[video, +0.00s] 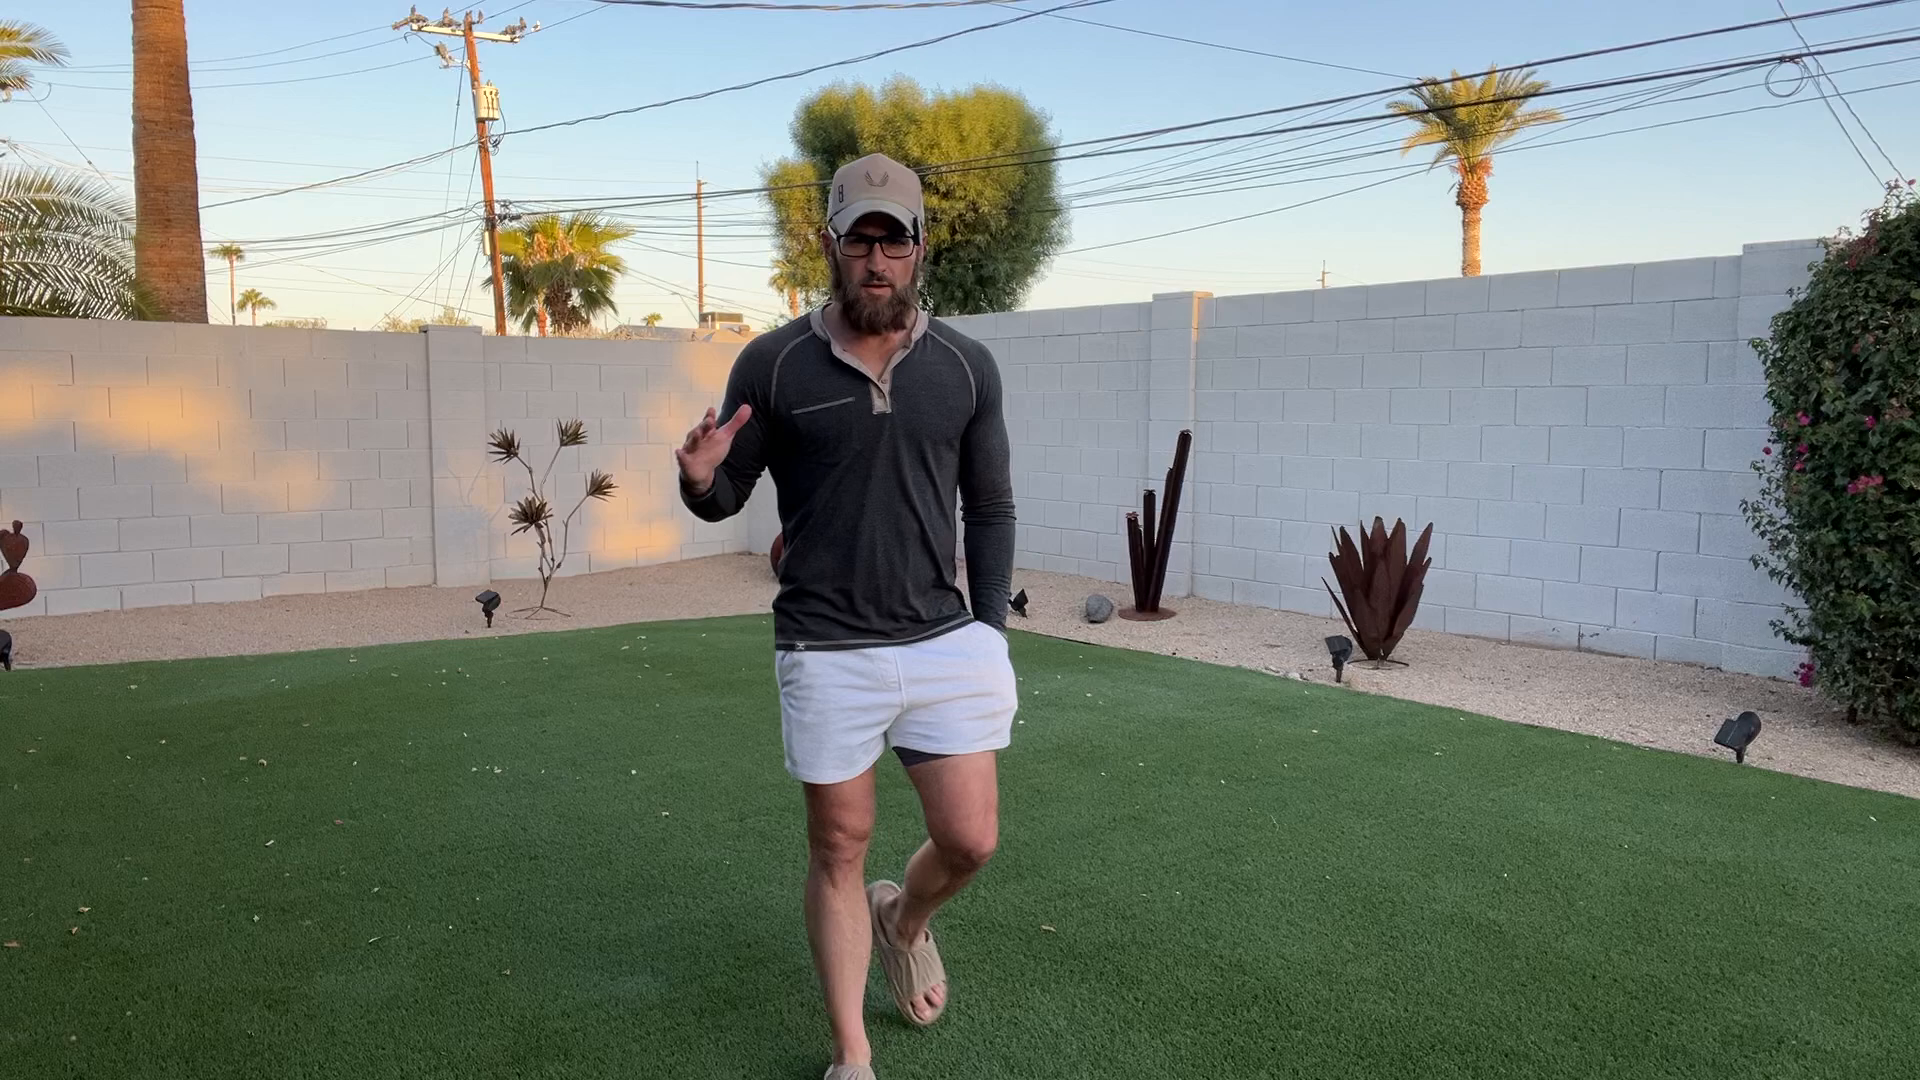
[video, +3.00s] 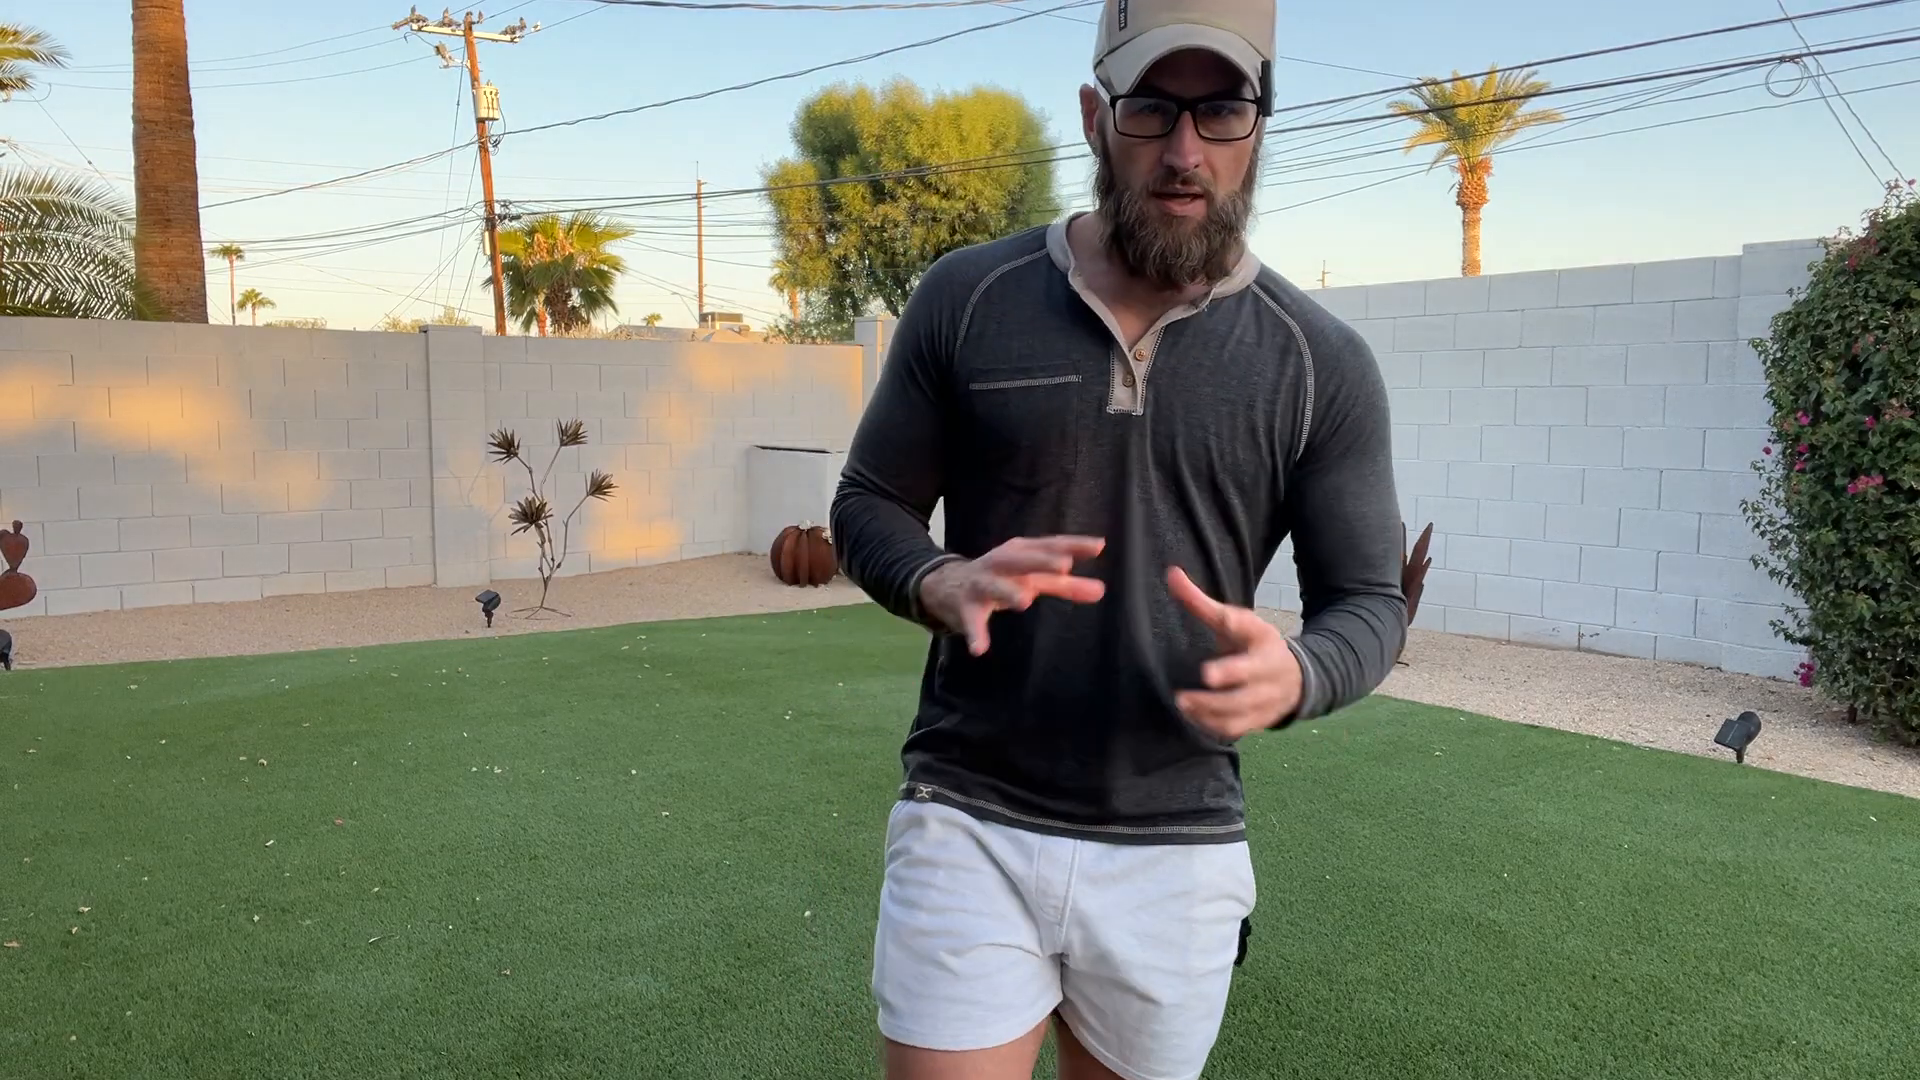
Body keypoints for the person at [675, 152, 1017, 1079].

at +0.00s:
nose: (876, 259)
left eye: (894, 240)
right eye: (859, 240)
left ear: (920, 253)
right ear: (830, 249)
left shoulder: (964, 365)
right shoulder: (773, 365)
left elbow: (990, 505)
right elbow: (725, 497)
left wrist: (988, 625)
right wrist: (700, 480)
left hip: (943, 635)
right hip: (827, 644)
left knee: (969, 841)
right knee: (840, 848)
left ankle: (900, 918)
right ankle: (851, 1055)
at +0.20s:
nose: (905, 251)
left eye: (924, 232)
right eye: (888, 231)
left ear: (951, 247)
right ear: (858, 240)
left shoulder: (994, 360)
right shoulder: (798, 353)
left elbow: (1017, 507)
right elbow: (739, 500)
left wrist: (1009, 629)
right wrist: (785, 457)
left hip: (965, 640)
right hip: (845, 652)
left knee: (1000, 854)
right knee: (852, 850)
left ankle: (1008, 1062)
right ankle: (854, 1057)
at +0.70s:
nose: (1063, 235)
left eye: (1084, 216)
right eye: (1043, 213)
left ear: (1108, 233)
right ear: (1007, 222)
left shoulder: (1149, 368)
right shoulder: (923, 341)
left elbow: (1179, 508)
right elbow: (835, 458)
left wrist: (1154, 641)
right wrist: (891, 556)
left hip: (1082, 691)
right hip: (940, 683)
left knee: (1054, 923)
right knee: (906, 927)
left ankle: (1054, 1077)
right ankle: (903, 1067)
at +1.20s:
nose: (1075, 218)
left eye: (1097, 195)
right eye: (1053, 194)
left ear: (1125, 209)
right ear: (1015, 205)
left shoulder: (1179, 353)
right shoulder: (936, 340)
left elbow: (1218, 545)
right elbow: (869, 516)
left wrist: (1215, 468)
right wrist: (924, 481)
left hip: (1113, 706)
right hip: (972, 699)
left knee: (1074, 950)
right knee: (946, 965)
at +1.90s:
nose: (951, 184)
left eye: (976, 155)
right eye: (923, 159)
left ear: (1012, 168)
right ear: (882, 174)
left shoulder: (1098, 326)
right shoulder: (812, 342)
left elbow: (1173, 493)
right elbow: (746, 512)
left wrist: (1108, 519)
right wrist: (799, 544)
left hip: (1057, 741)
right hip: (890, 757)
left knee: (1085, 1056)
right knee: (914, 1024)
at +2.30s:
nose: (1033, 169)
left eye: (1065, 138)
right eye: (1003, 134)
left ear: (1100, 149)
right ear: (956, 140)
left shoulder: (1178, 328)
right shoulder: (856, 322)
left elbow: (1240, 519)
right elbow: (794, 497)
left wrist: (1252, 625)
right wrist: (785, 584)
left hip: (1112, 793)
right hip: (924, 794)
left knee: (1090, 1069)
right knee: (931, 1059)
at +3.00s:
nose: (1184, 152)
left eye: (1219, 119)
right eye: (1151, 113)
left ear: (1257, 136)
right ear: (1096, 120)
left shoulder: (1322, 363)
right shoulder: (964, 302)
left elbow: (1366, 602)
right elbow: (868, 506)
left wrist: (1303, 672)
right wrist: (939, 578)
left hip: (1177, 846)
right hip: (966, 823)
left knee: (1130, 1068)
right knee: (940, 1064)